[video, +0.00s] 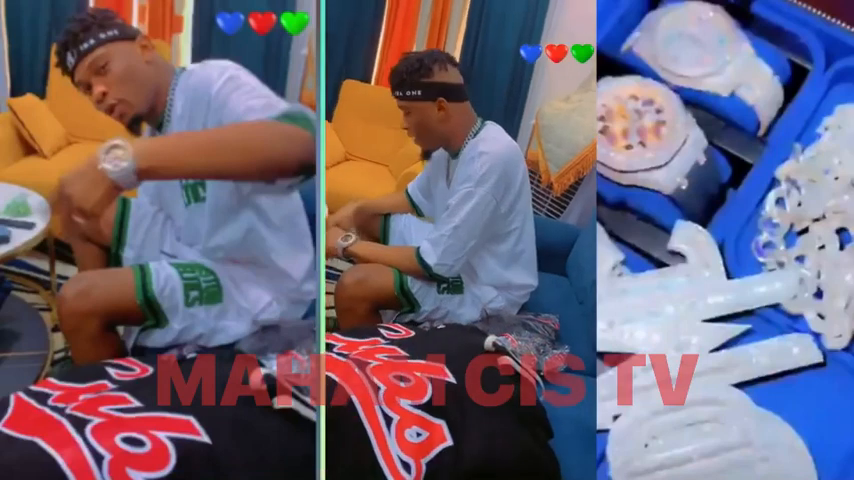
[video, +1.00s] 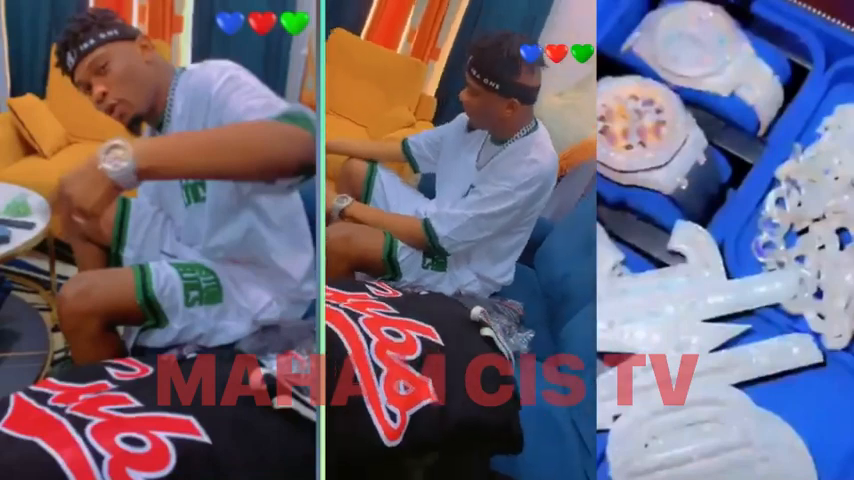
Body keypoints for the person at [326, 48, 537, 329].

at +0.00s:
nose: (404, 125)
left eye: (408, 113)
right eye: (403, 114)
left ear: (441, 109)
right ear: (442, 109)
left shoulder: (490, 157)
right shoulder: (456, 143)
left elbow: (434, 261)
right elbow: (416, 198)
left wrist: (348, 245)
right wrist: (356, 211)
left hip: (486, 290)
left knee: (356, 285)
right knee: (362, 219)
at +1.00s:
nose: (461, 96)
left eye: (472, 92)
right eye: (466, 86)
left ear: (509, 107)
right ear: (510, 107)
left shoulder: (531, 167)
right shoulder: (481, 120)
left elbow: (434, 236)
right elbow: (407, 151)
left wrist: (345, 206)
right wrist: (324, 143)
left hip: (466, 270)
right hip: (441, 221)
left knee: (342, 239)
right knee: (354, 171)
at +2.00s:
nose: (558, 151)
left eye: (572, 150)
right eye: (565, 140)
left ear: (602, 169)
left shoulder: (589, 232)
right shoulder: (565, 171)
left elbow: (489, 249)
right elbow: (491, 210)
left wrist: (405, 237)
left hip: (514, 302)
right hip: (498, 253)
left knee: (402, 245)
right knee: (420, 182)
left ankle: (357, 316)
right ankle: (362, 275)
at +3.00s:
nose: (358, 105)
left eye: (352, 94)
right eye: (349, 97)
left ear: (377, 76)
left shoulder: (435, 87)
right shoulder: (422, 50)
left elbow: (416, 193)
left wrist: (381, 250)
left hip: (532, 178)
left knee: (399, 202)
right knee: (381, 147)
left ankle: (443, 304)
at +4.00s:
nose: (399, 66)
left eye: (397, 54)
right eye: (393, 57)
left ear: (429, 35)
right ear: (430, 31)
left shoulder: (509, 48)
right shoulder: (479, 17)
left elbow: (468, 162)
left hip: (574, 162)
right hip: (524, 131)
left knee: (452, 191)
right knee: (419, 117)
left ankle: (484, 316)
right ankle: (416, 264)